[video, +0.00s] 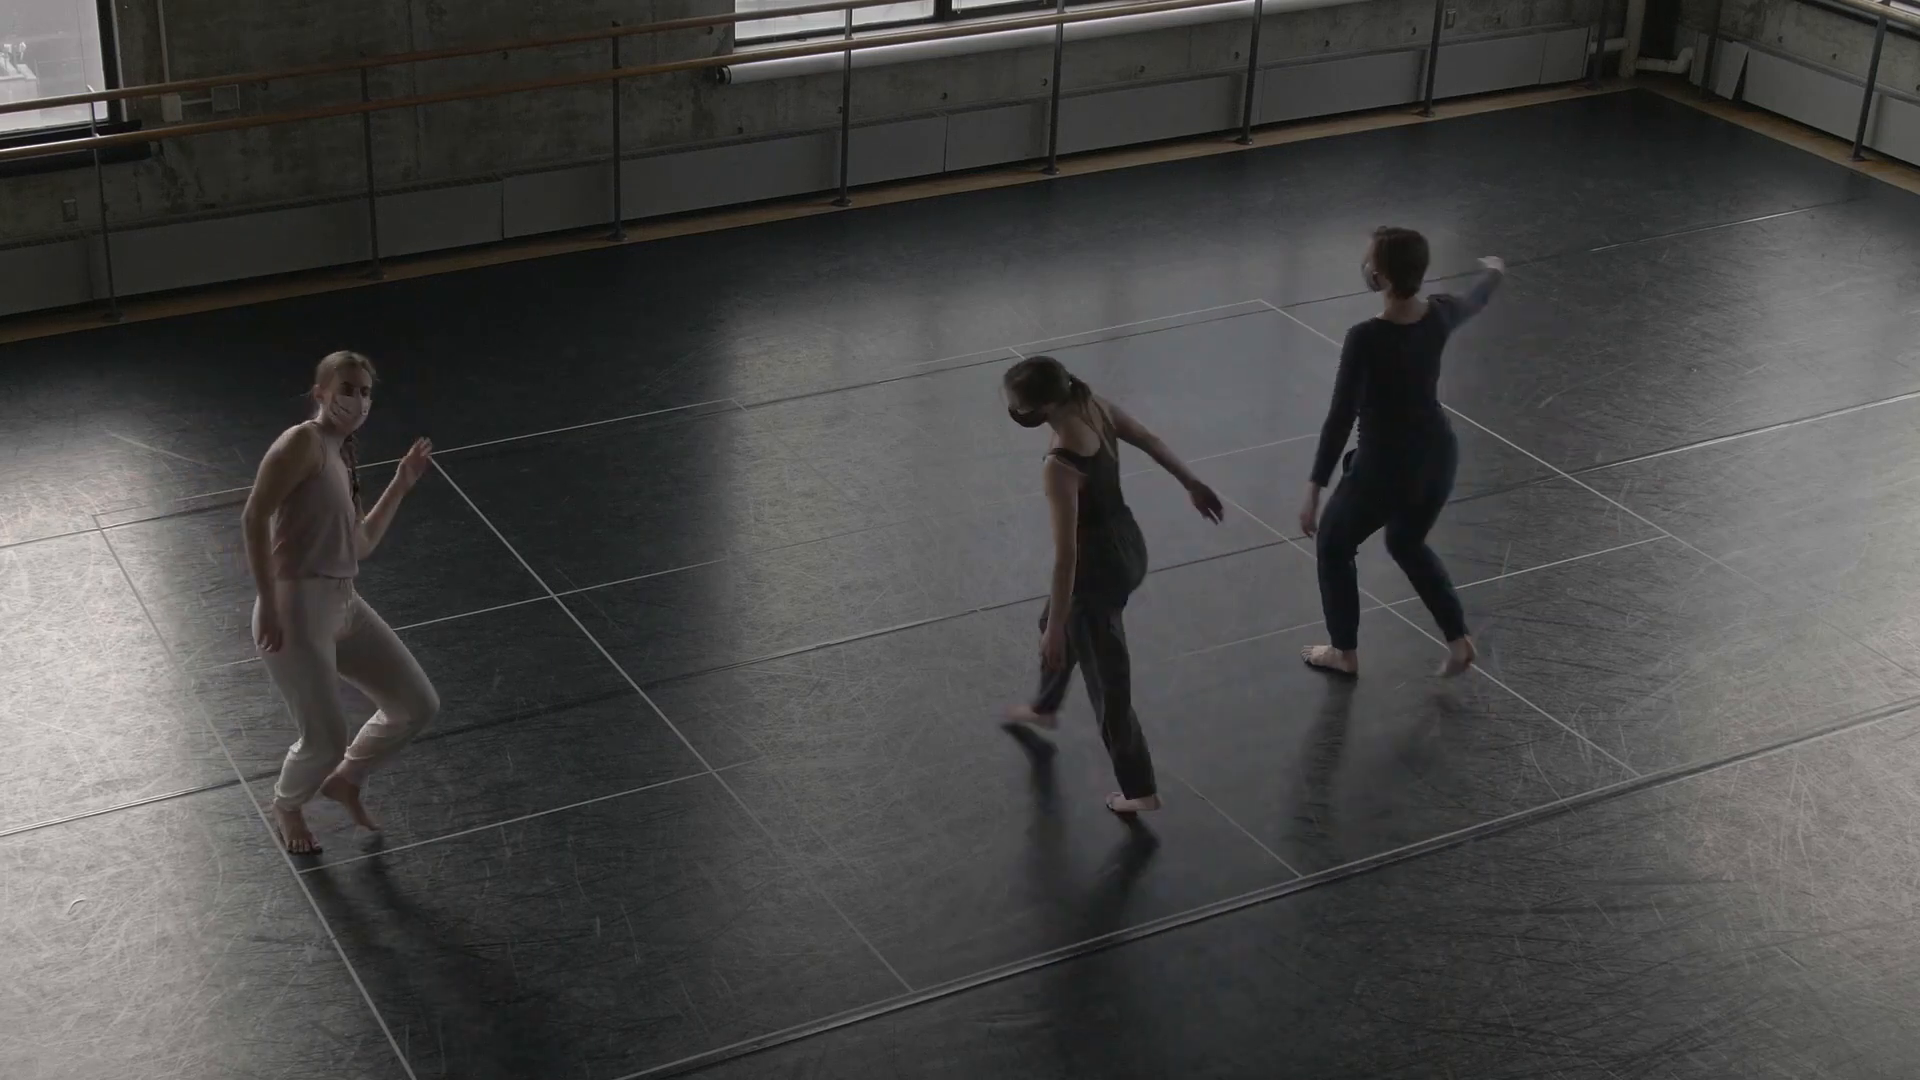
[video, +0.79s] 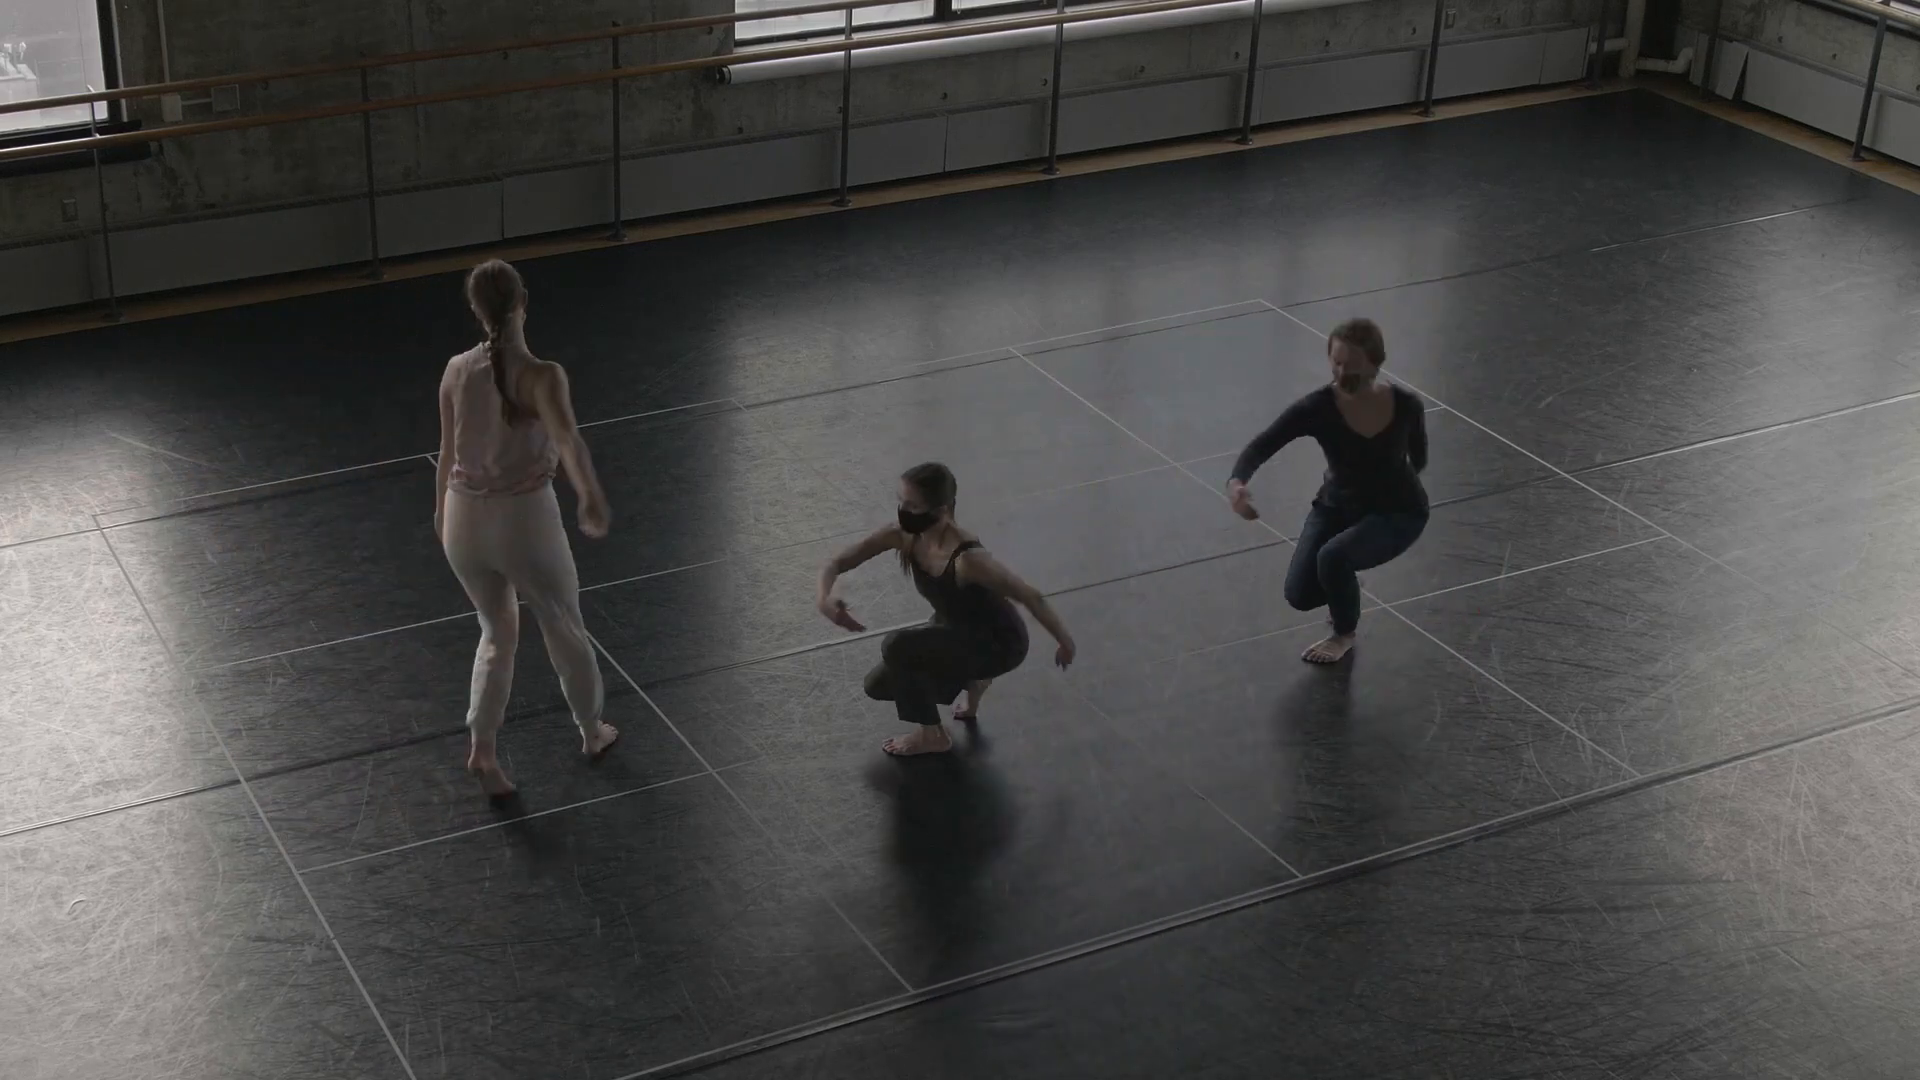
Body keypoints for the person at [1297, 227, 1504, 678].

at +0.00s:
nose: (1365, 267)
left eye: (1371, 262)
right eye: (1369, 259)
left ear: (1382, 275)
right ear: (1420, 271)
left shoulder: (1365, 339)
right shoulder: (1440, 315)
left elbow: (1340, 419)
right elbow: (1474, 300)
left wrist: (1313, 491)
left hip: (1383, 466)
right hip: (1437, 459)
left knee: (1334, 540)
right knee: (1406, 541)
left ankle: (1343, 651)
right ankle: (1459, 642)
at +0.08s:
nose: (1348, 268)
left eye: (1353, 264)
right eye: (1351, 261)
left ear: (1370, 280)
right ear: (1401, 275)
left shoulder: (1364, 343)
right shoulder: (1419, 308)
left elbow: (1360, 426)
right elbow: (1414, 289)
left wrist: (1352, 497)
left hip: (1399, 470)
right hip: (1436, 456)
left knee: (1321, 538)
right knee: (1369, 524)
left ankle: (1346, 648)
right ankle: (1425, 618)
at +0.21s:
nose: (1330, 301)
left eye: (1335, 297)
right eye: (1331, 295)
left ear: (1355, 310)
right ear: (1368, 305)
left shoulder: (1366, 370)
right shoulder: (1377, 329)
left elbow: (1385, 446)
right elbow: (1330, 310)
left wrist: (1395, 518)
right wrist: (1285, 292)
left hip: (1412, 493)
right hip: (1421, 462)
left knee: (1305, 547)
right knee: (1329, 520)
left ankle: (1348, 641)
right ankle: (1366, 592)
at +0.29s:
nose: (1312, 334)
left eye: (1319, 329)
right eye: (1315, 327)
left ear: (1339, 341)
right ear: (1344, 341)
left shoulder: (1366, 403)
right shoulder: (1337, 364)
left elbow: (1399, 472)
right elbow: (1288, 351)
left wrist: (1420, 546)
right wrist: (1224, 339)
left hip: (1409, 518)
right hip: (1386, 490)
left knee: (1302, 557)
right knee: (1304, 536)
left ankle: (1349, 639)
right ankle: (1363, 591)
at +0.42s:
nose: (1299, 396)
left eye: (1306, 391)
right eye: (1301, 389)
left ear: (1332, 404)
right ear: (1324, 400)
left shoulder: (1368, 458)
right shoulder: (1308, 427)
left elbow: (1417, 519)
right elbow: (1247, 430)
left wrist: (1458, 583)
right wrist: (1176, 435)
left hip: (1402, 550)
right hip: (1364, 525)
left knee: (1314, 563)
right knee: (1285, 571)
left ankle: (1347, 637)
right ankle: (1357, 588)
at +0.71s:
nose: (1323, 399)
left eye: (1331, 392)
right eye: (1320, 391)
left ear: (1357, 395)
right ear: (1316, 390)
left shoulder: (1397, 438)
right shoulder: (1311, 435)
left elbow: (1428, 475)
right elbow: (1258, 462)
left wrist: (1447, 511)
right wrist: (1210, 497)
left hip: (1398, 532)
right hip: (1339, 526)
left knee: (1328, 560)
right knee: (1287, 599)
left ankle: (1344, 636)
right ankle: (1341, 587)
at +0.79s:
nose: (1342, 373)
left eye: (1352, 365)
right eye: (1337, 364)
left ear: (1375, 363)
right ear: (1329, 360)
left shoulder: (1406, 406)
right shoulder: (1318, 407)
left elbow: (1418, 461)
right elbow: (1264, 445)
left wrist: (1389, 479)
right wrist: (1237, 481)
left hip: (1397, 509)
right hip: (1338, 503)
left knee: (1333, 557)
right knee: (1298, 594)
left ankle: (1343, 634)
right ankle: (1343, 588)